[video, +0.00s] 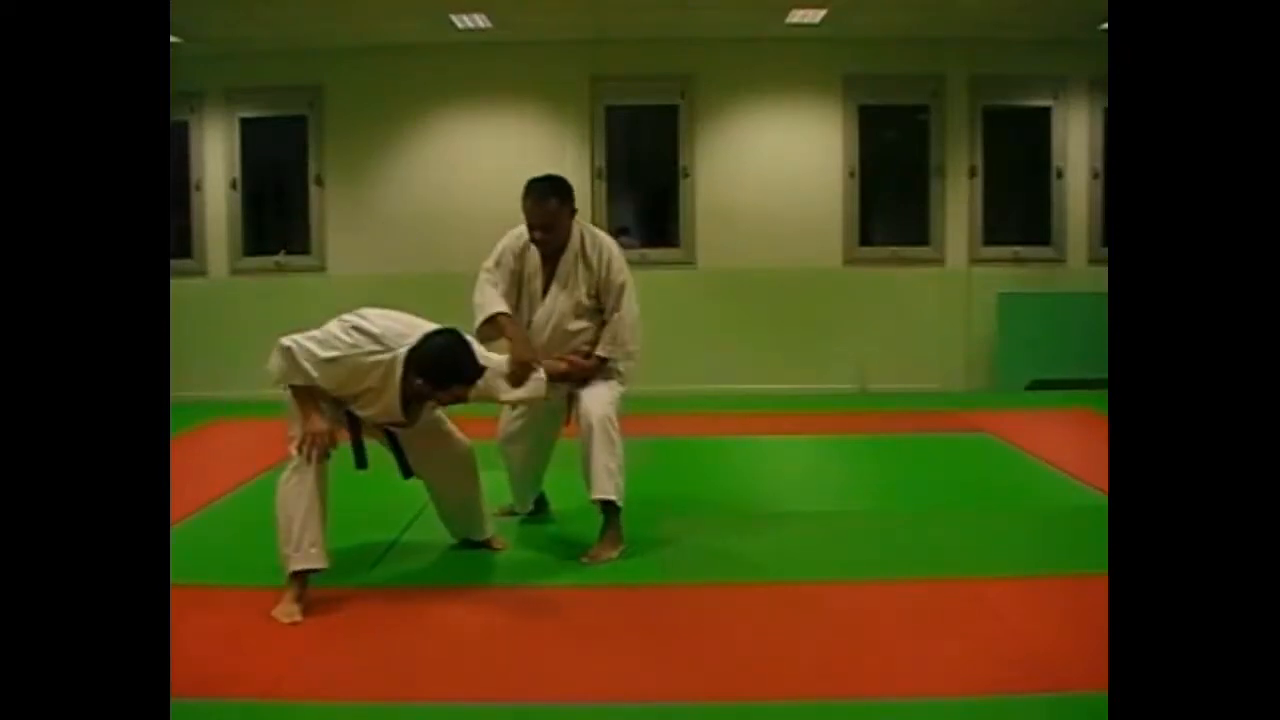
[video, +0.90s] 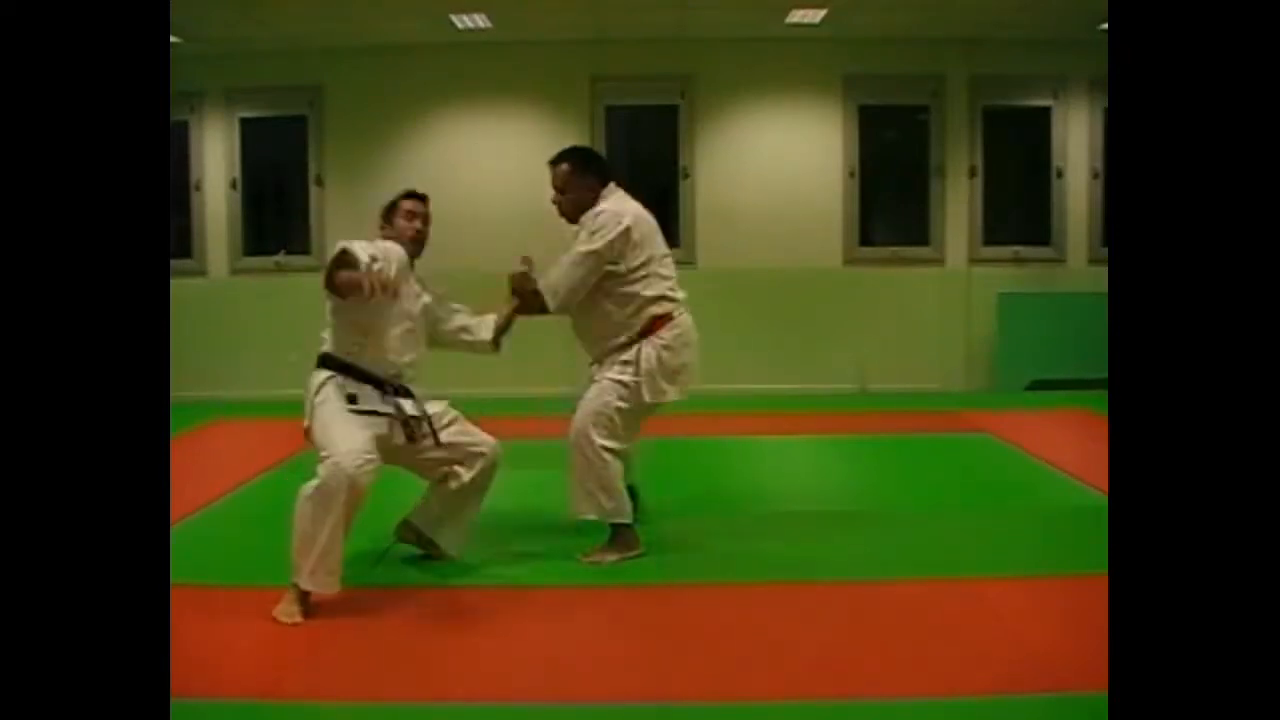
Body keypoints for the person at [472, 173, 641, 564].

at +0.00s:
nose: (537, 237)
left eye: (546, 228)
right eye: (531, 228)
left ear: (571, 215)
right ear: (524, 218)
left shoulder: (602, 251)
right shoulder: (515, 246)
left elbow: (623, 318)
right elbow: (487, 290)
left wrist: (593, 364)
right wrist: (517, 338)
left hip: (592, 365)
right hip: (535, 366)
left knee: (598, 413)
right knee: (513, 434)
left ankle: (611, 525)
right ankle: (530, 502)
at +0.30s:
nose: (567, 213)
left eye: (578, 205)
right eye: (560, 203)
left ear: (596, 201)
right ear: (550, 196)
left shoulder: (615, 233)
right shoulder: (536, 224)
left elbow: (650, 282)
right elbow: (528, 277)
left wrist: (609, 316)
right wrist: (572, 323)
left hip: (592, 357)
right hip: (539, 357)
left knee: (598, 418)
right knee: (511, 437)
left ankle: (611, 526)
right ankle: (529, 500)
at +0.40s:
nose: (571, 199)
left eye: (582, 192)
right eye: (564, 189)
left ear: (599, 188)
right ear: (553, 181)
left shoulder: (616, 223)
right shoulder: (534, 212)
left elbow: (656, 268)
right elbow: (532, 249)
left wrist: (643, 279)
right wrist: (588, 280)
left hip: (592, 356)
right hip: (535, 356)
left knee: (599, 418)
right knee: (513, 439)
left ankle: (611, 528)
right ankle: (528, 498)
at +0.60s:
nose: (564, 169)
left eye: (574, 163)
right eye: (560, 163)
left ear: (595, 171)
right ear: (555, 169)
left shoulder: (614, 217)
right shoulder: (539, 209)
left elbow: (574, 195)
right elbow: (500, 194)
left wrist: (539, 155)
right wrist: (513, 159)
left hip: (595, 348)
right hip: (544, 349)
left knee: (594, 420)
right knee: (516, 431)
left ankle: (607, 521)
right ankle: (527, 498)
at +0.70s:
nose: (558, 167)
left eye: (568, 159)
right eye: (558, 160)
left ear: (593, 168)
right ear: (566, 166)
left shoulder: (615, 209)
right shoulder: (549, 218)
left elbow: (543, 183)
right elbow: (501, 210)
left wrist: (486, 146)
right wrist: (474, 174)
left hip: (609, 347)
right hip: (563, 351)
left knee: (581, 421)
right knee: (531, 425)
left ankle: (611, 523)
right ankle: (529, 496)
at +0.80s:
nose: (554, 191)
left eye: (561, 182)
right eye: (553, 182)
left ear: (588, 177)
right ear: (581, 180)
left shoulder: (612, 209)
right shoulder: (590, 212)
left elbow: (558, 238)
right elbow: (551, 278)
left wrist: (506, 240)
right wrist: (507, 262)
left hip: (637, 340)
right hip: (608, 339)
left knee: (578, 425)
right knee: (564, 417)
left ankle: (621, 530)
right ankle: (563, 491)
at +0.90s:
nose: (555, 201)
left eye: (561, 191)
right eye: (554, 192)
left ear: (587, 184)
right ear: (589, 184)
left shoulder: (610, 219)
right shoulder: (611, 212)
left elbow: (557, 296)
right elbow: (570, 290)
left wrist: (526, 290)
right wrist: (533, 296)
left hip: (653, 344)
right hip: (636, 342)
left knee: (591, 427)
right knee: (595, 419)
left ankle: (622, 533)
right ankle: (625, 497)